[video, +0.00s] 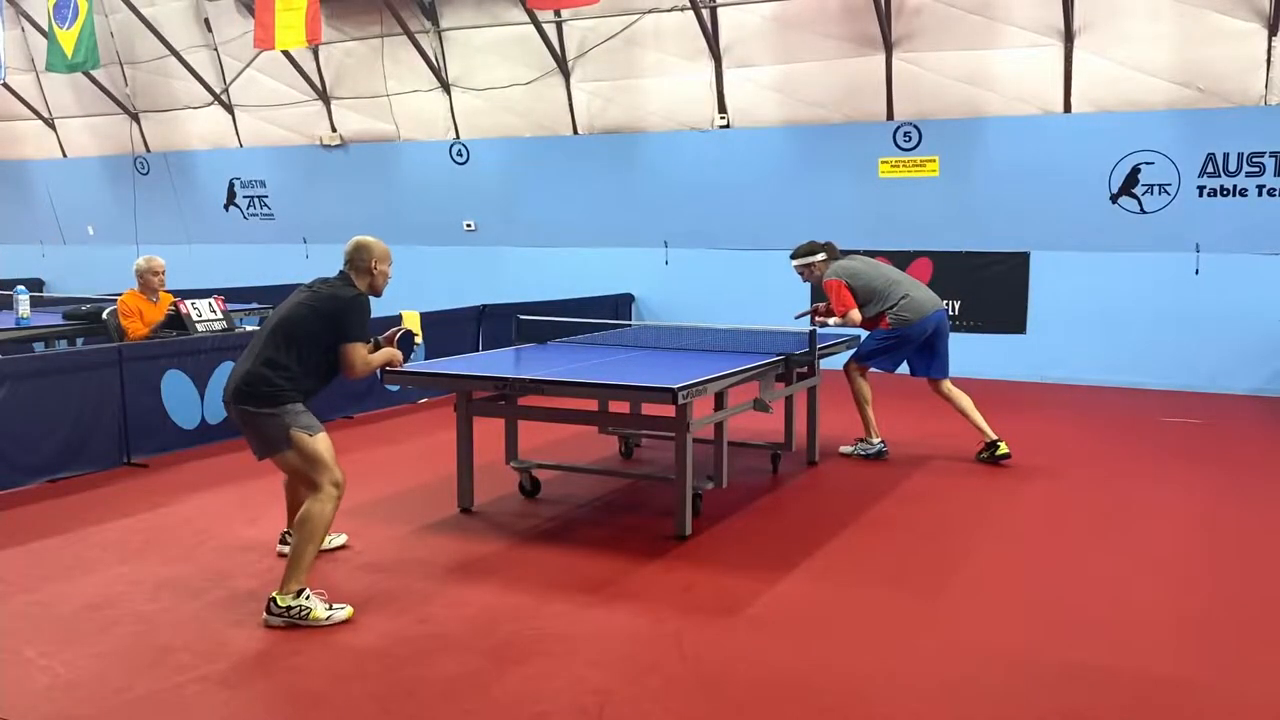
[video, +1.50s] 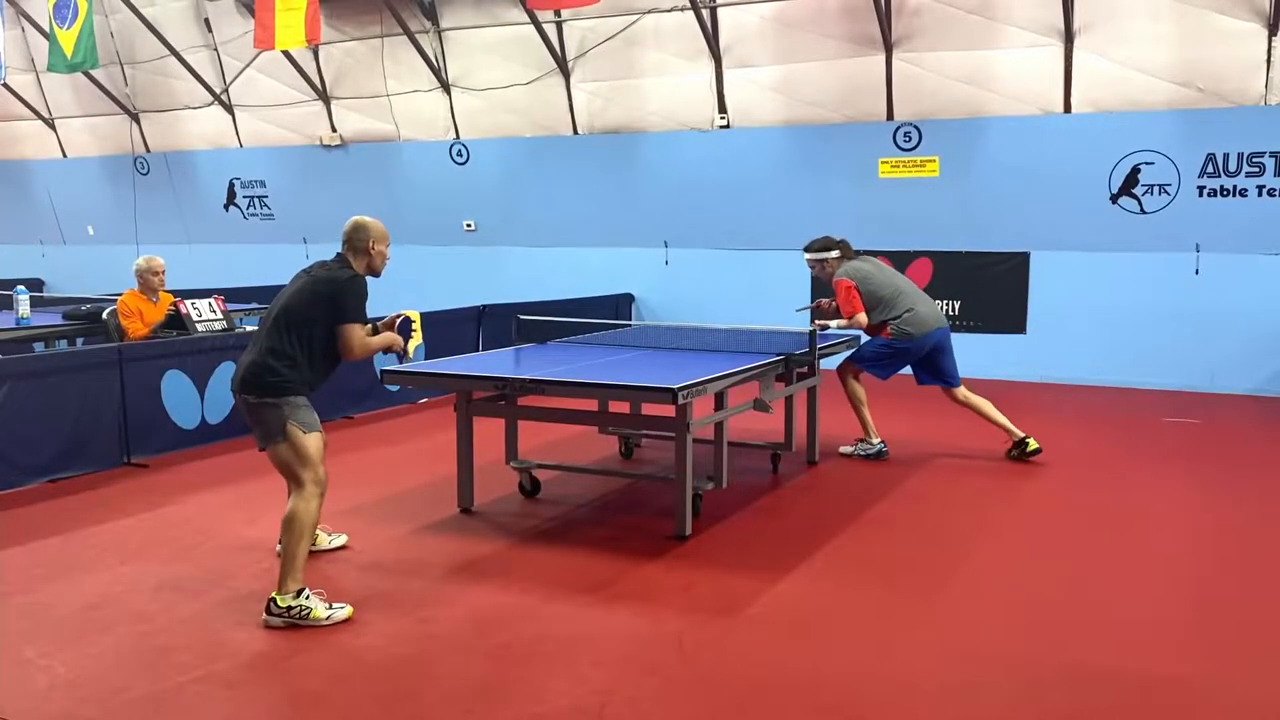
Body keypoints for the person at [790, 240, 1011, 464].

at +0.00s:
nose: (804, 279)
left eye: (803, 273)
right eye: (800, 274)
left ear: (816, 264)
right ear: (824, 259)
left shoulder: (832, 277)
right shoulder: (855, 262)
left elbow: (853, 318)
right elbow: (873, 311)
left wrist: (833, 319)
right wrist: (833, 311)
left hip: (907, 318)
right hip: (936, 311)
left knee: (854, 369)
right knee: (941, 383)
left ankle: (873, 440)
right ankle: (993, 441)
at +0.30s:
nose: (803, 279)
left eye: (803, 273)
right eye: (800, 274)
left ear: (816, 264)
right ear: (825, 258)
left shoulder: (832, 277)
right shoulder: (855, 262)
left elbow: (854, 318)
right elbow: (873, 311)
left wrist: (834, 319)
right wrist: (833, 311)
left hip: (907, 318)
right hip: (936, 311)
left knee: (854, 369)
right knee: (941, 383)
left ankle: (873, 440)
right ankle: (993, 441)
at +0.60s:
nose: (804, 278)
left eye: (803, 272)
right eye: (800, 273)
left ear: (816, 264)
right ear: (824, 258)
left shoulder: (832, 276)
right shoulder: (855, 262)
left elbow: (854, 318)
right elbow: (874, 311)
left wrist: (834, 320)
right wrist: (833, 310)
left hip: (907, 318)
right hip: (936, 312)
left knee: (853, 369)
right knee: (941, 384)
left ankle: (873, 440)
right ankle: (993, 441)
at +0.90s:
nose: (802, 276)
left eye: (802, 270)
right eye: (799, 271)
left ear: (815, 262)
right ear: (823, 256)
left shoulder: (830, 275)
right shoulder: (853, 261)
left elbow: (853, 317)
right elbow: (873, 312)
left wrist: (830, 319)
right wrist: (832, 308)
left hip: (905, 317)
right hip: (935, 310)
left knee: (853, 371)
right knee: (945, 379)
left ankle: (873, 441)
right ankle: (995, 434)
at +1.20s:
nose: (802, 277)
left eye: (803, 270)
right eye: (800, 272)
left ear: (818, 264)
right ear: (826, 259)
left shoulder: (832, 279)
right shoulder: (855, 263)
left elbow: (854, 320)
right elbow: (872, 305)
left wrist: (830, 320)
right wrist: (833, 308)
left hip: (904, 322)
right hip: (933, 315)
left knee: (848, 372)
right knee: (954, 384)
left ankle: (873, 441)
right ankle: (1014, 433)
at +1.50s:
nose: (813, 272)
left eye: (814, 266)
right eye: (810, 267)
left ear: (830, 261)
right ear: (838, 257)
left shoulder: (843, 277)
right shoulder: (869, 262)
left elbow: (859, 321)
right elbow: (879, 301)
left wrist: (833, 322)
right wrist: (839, 308)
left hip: (908, 331)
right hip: (937, 325)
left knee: (848, 372)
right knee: (958, 391)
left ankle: (873, 441)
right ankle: (1020, 438)